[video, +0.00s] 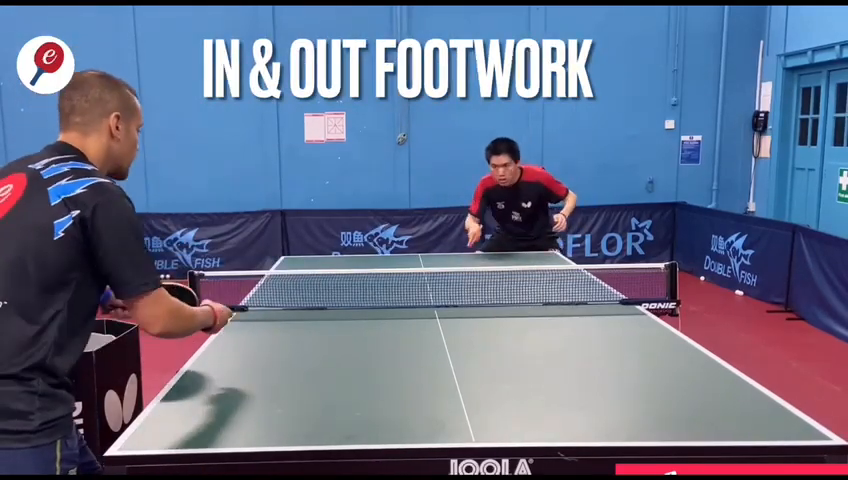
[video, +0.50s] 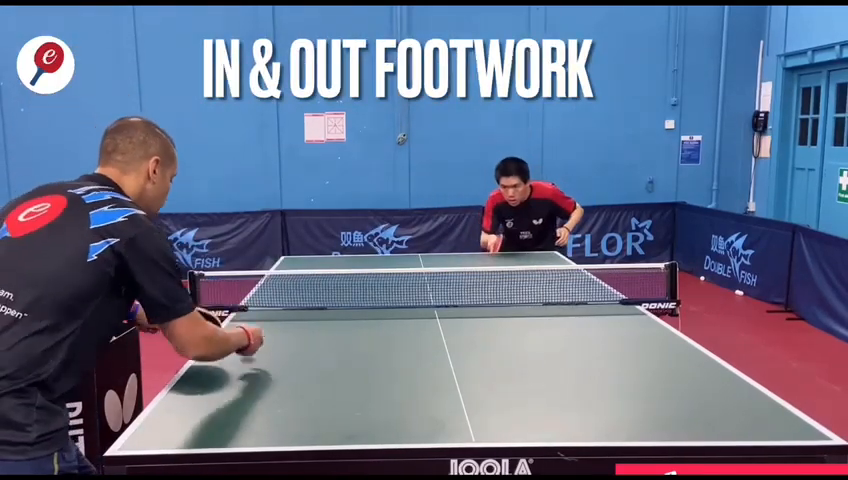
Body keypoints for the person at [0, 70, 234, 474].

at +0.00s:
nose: (137, 146)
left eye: (139, 133)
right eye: (137, 132)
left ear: (67, 123)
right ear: (114, 126)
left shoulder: (12, 174)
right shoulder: (99, 195)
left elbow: (26, 289)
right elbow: (157, 318)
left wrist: (102, 302)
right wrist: (209, 315)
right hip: (28, 429)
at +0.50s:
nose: (166, 198)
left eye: (171, 184)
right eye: (170, 182)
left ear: (106, 160)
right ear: (152, 170)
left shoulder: (35, 199)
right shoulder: (133, 227)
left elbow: (54, 299)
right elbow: (196, 343)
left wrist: (138, 315)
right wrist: (239, 337)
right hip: (23, 432)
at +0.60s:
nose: (172, 209)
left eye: (176, 196)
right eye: (176, 193)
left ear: (114, 170)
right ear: (160, 181)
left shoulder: (47, 206)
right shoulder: (134, 235)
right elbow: (189, 356)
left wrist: (171, 314)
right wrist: (237, 349)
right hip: (21, 429)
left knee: (88, 468)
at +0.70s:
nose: (173, 213)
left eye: (178, 199)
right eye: (178, 197)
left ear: (115, 176)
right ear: (162, 186)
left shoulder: (52, 211)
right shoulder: (128, 237)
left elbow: (94, 294)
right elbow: (183, 360)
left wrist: (178, 308)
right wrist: (231, 351)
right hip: (18, 425)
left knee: (89, 469)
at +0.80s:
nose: (171, 203)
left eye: (176, 190)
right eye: (175, 189)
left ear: (111, 172)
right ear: (159, 181)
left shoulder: (65, 207)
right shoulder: (119, 232)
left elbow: (127, 275)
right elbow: (173, 356)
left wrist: (201, 287)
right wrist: (226, 341)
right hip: (14, 418)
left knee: (88, 469)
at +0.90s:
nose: (167, 187)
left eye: (170, 175)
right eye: (169, 174)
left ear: (105, 159)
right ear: (154, 169)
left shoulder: (55, 198)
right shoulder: (112, 225)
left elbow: (115, 268)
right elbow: (163, 354)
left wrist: (198, 277)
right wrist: (219, 337)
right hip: (18, 426)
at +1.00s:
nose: (156, 170)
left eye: (158, 158)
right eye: (158, 158)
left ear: (90, 145)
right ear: (142, 153)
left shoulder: (37, 191)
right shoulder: (103, 217)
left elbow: (79, 280)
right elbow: (149, 350)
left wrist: (174, 280)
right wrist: (206, 339)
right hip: (23, 431)